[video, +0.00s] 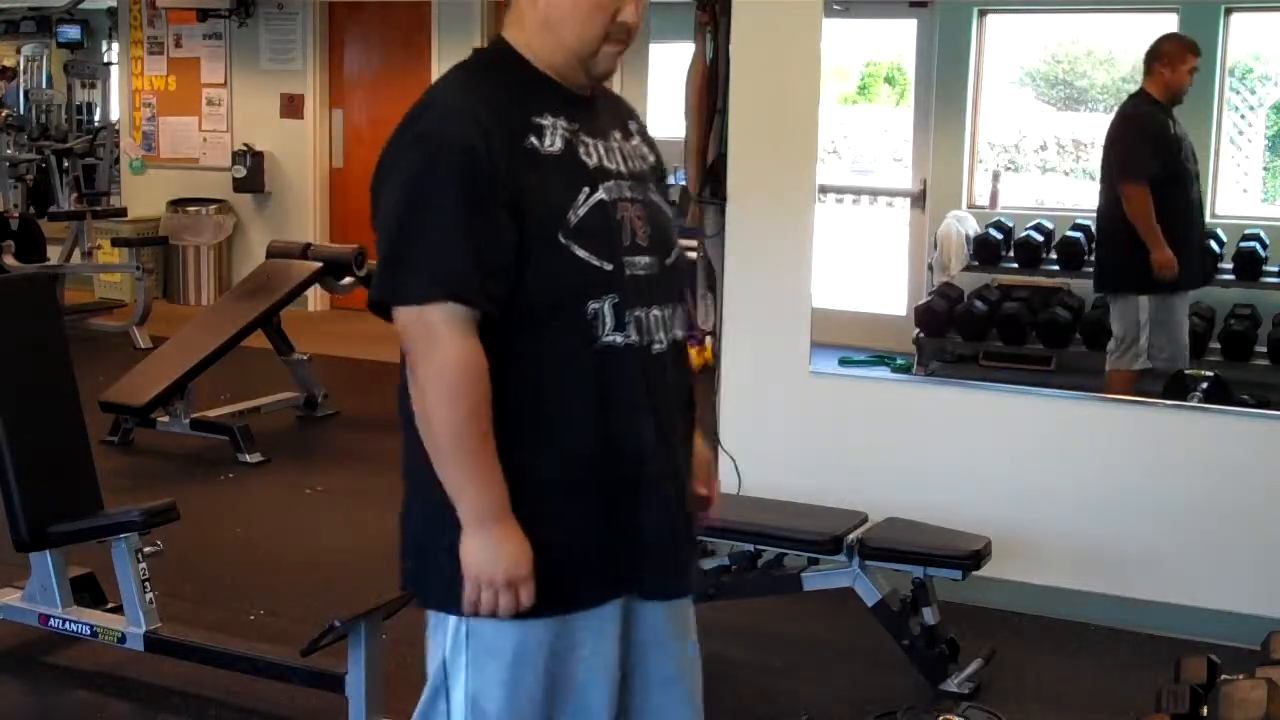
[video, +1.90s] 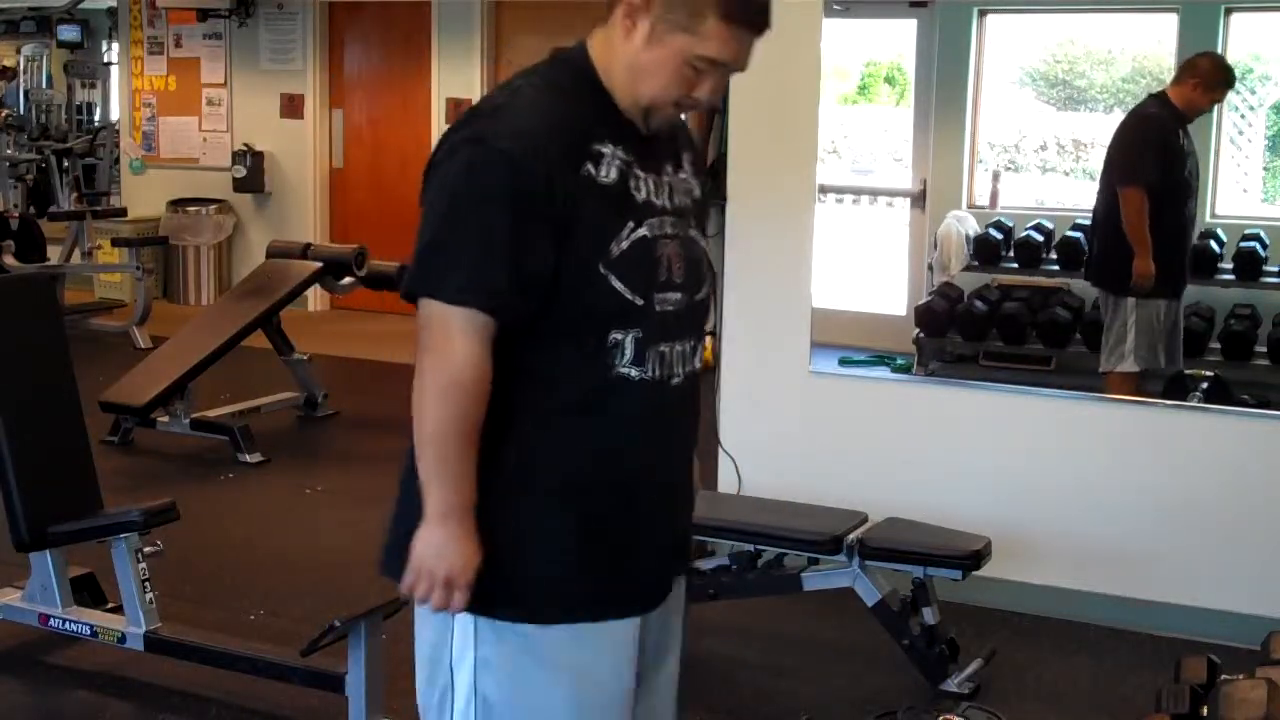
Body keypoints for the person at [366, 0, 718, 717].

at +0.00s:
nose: (632, 15)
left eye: (637, 1)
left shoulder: (623, 123)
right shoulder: (456, 123)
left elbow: (648, 310)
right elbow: (434, 329)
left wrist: (686, 436)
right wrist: (484, 519)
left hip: (645, 535)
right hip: (523, 554)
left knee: (660, 711)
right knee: (508, 713)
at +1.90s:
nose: (709, 96)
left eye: (726, 74)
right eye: (701, 66)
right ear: (633, 18)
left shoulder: (673, 142)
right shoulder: (508, 141)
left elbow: (658, 331)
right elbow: (451, 333)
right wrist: (446, 518)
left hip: (644, 551)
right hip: (522, 569)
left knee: (636, 707)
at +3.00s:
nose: (747, 171)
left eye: (763, 155)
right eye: (745, 147)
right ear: (687, 90)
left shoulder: (693, 184)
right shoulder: (525, 172)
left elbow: (683, 344)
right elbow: (447, 367)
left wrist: (678, 479)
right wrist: (406, 548)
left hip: (576, 565)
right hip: (457, 576)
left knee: (556, 709)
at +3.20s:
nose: (772, 288)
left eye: (790, 274)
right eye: (771, 263)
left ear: (719, 203)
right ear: (718, 201)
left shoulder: (702, 271)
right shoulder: (550, 257)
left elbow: (683, 419)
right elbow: (460, 464)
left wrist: (669, 546)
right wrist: (404, 641)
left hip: (548, 545)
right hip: (412, 561)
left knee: (577, 708)